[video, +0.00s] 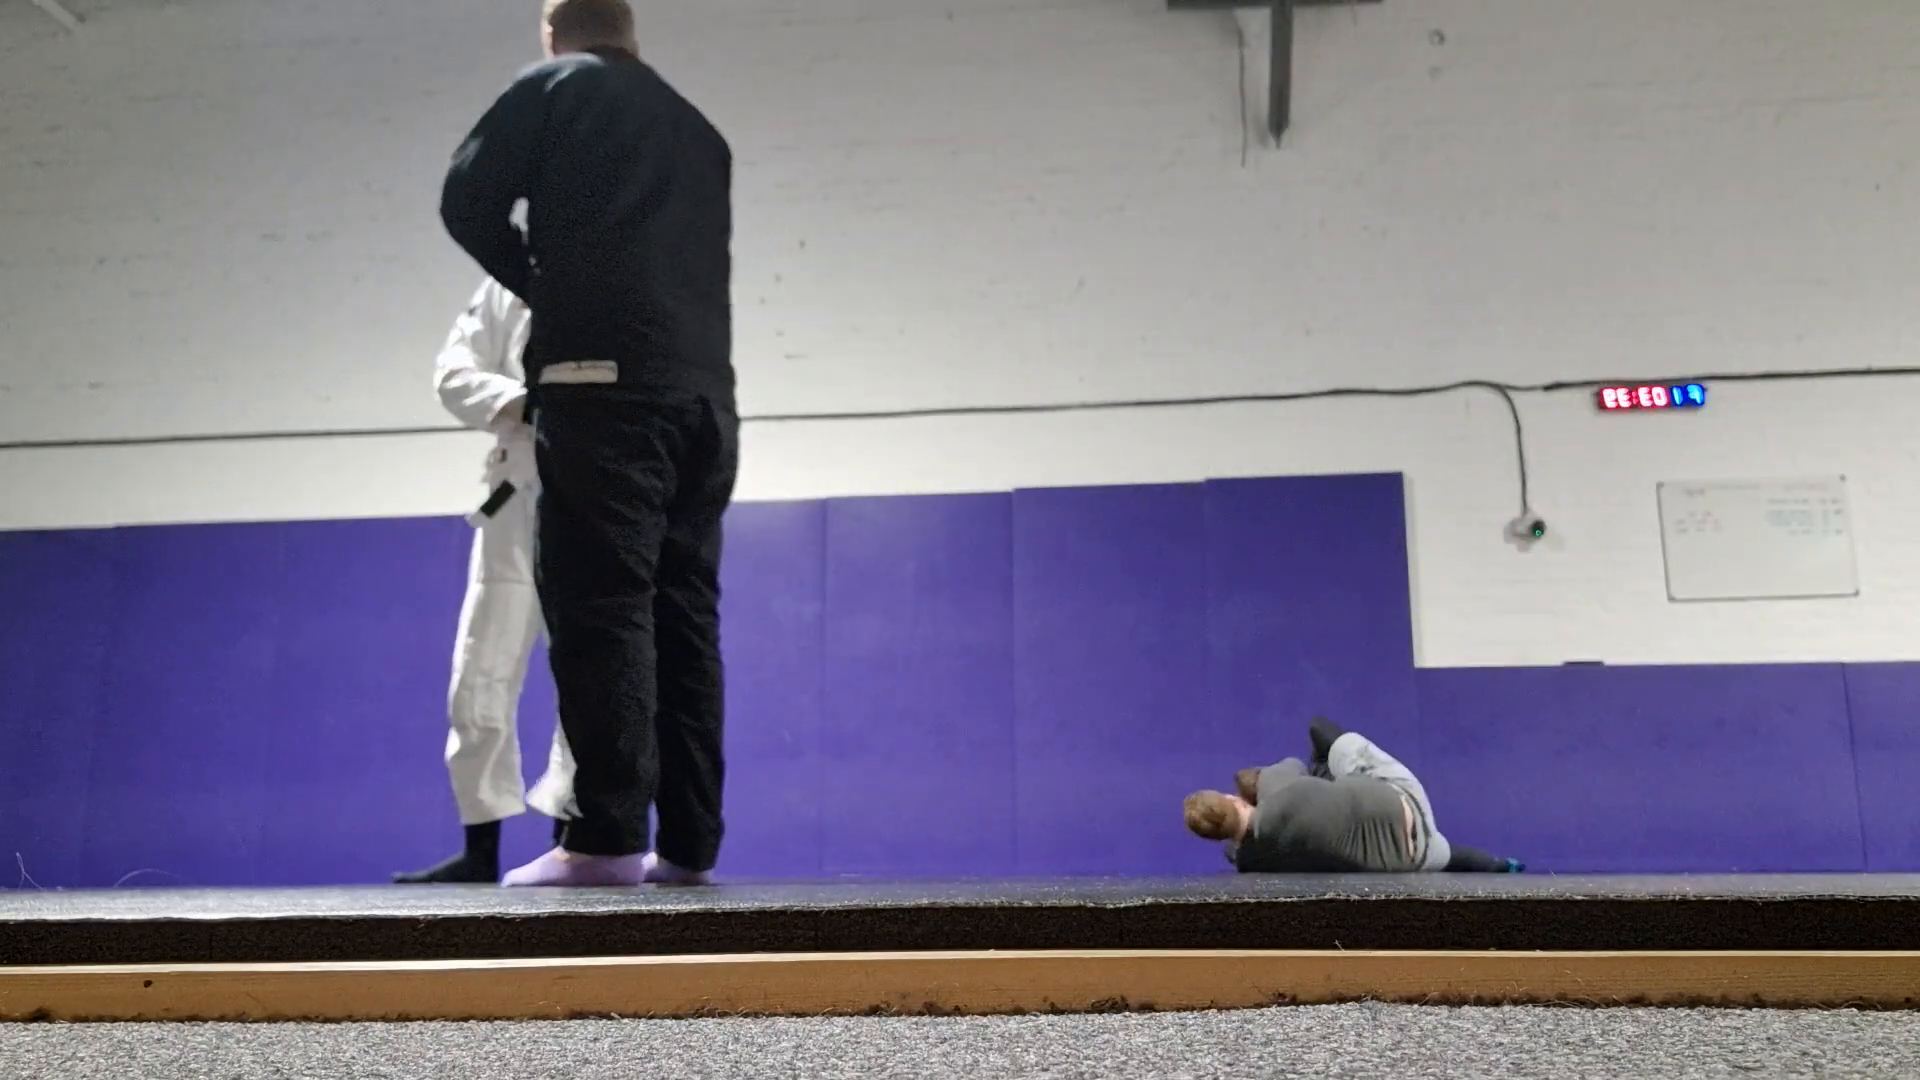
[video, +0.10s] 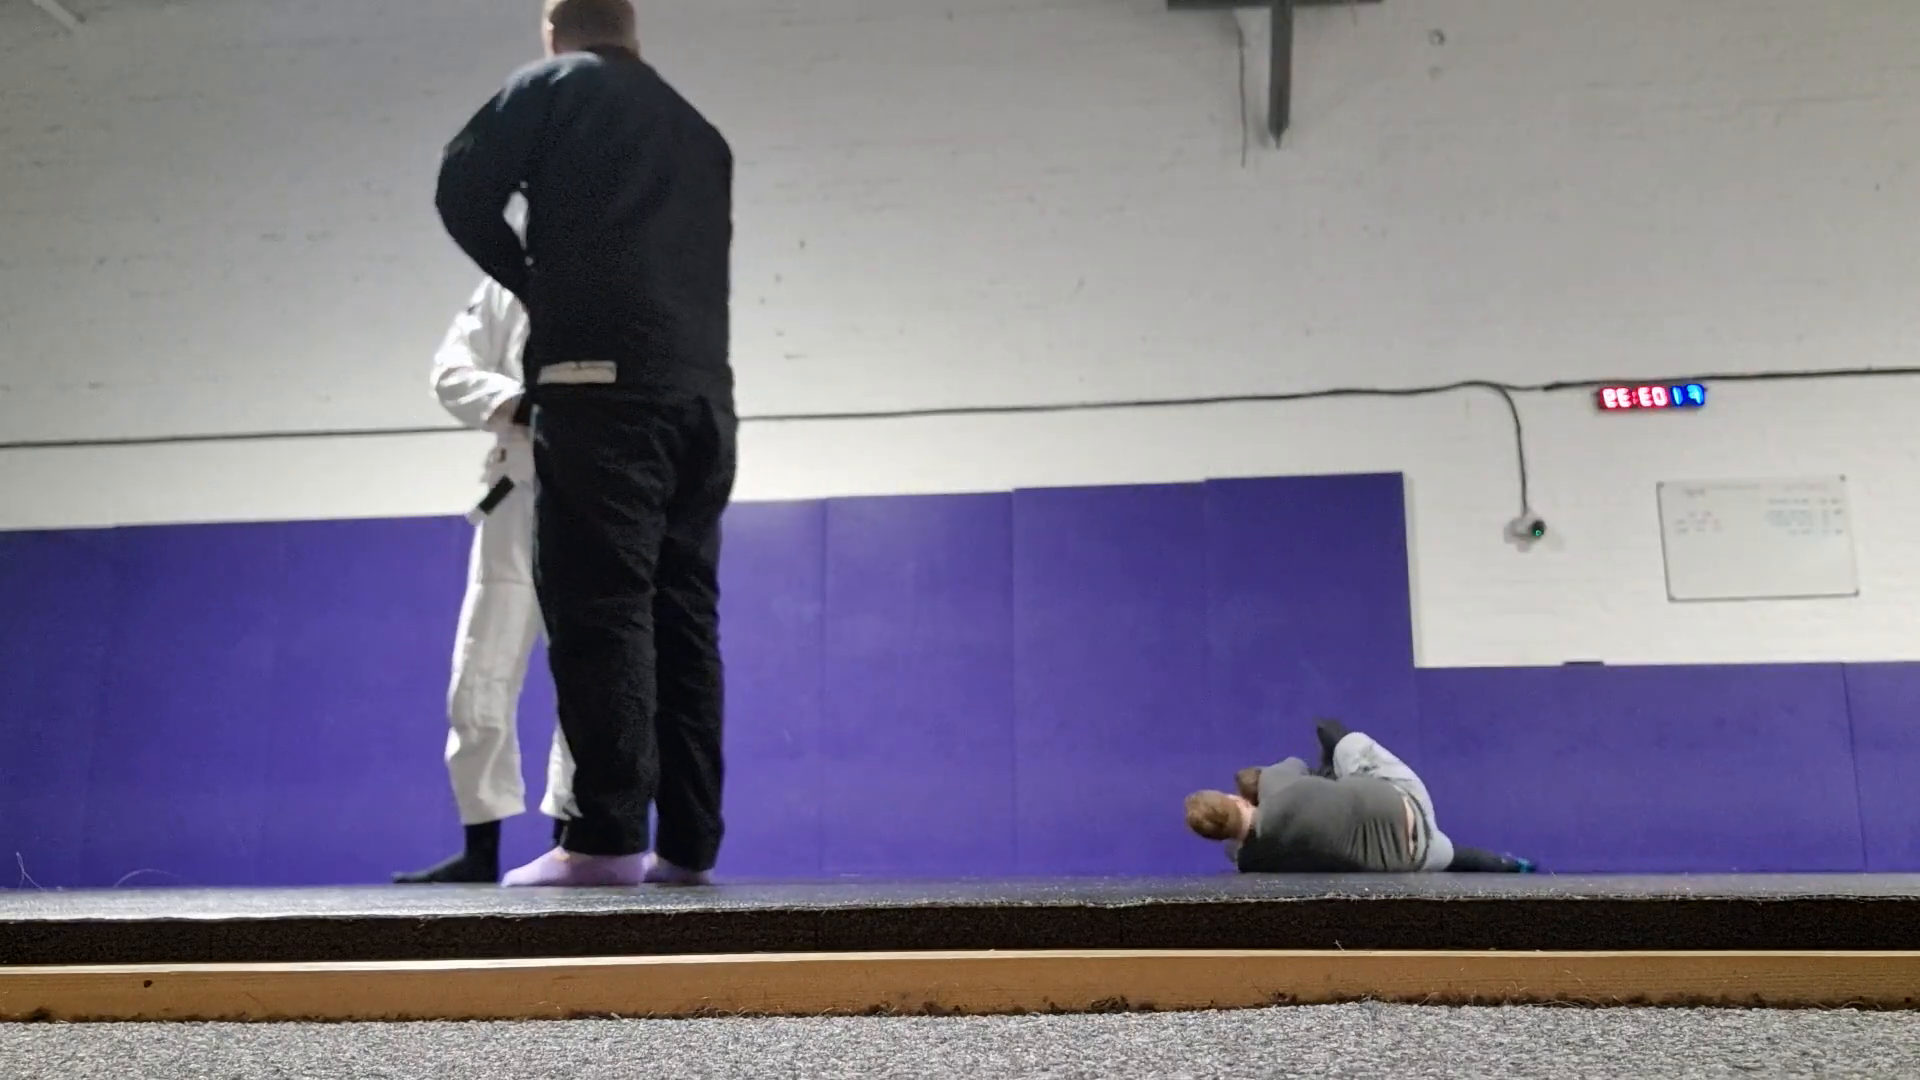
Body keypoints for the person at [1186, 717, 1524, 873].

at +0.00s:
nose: (1231, 788)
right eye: (1227, 790)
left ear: (1218, 839)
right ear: (1235, 794)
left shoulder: (1251, 863)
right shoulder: (1277, 785)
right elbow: (1296, 768)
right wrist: (1256, 781)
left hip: (1414, 861)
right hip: (1409, 807)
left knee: (1446, 854)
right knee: (1326, 732)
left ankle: (1505, 866)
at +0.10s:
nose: (1230, 789)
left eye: (1217, 824)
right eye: (1225, 791)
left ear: (1221, 839)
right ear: (1234, 793)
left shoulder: (1254, 861)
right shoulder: (1275, 781)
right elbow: (1303, 769)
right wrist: (1256, 782)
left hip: (1414, 859)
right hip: (1411, 806)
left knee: (1449, 856)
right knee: (1344, 738)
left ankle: (1510, 865)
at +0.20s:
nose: (1233, 790)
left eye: (1222, 826)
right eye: (1229, 791)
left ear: (1225, 840)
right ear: (1238, 794)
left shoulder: (1256, 862)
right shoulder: (1279, 781)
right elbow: (1302, 769)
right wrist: (1257, 783)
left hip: (1417, 862)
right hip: (1416, 808)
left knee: (1447, 855)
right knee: (1337, 730)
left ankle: (1518, 865)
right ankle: (1340, 775)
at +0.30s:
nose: (1232, 799)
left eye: (1220, 822)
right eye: (1230, 796)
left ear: (1226, 836)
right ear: (1239, 791)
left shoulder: (1259, 857)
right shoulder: (1279, 776)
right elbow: (1312, 771)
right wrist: (1274, 777)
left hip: (1421, 861)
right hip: (1423, 807)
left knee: (1447, 855)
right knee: (1323, 737)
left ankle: (1523, 865)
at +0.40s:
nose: (1231, 796)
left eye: (1218, 814)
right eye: (1229, 793)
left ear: (1226, 834)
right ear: (1238, 789)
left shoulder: (1257, 858)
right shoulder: (1280, 777)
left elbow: (1250, 850)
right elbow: (1313, 763)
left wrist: (1252, 816)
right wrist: (1261, 777)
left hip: (1419, 860)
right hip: (1418, 805)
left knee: (1446, 856)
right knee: (1317, 738)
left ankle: (1522, 864)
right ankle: (1264, 752)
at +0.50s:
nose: (1226, 795)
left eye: (1215, 813)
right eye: (1225, 792)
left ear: (1224, 835)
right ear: (1236, 790)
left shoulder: (1257, 857)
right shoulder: (1276, 779)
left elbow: (1247, 853)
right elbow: (1302, 762)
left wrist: (1238, 843)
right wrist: (1255, 778)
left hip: (1415, 859)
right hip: (1414, 805)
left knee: (1441, 855)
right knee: (1311, 737)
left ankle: (1518, 863)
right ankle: (1252, 753)